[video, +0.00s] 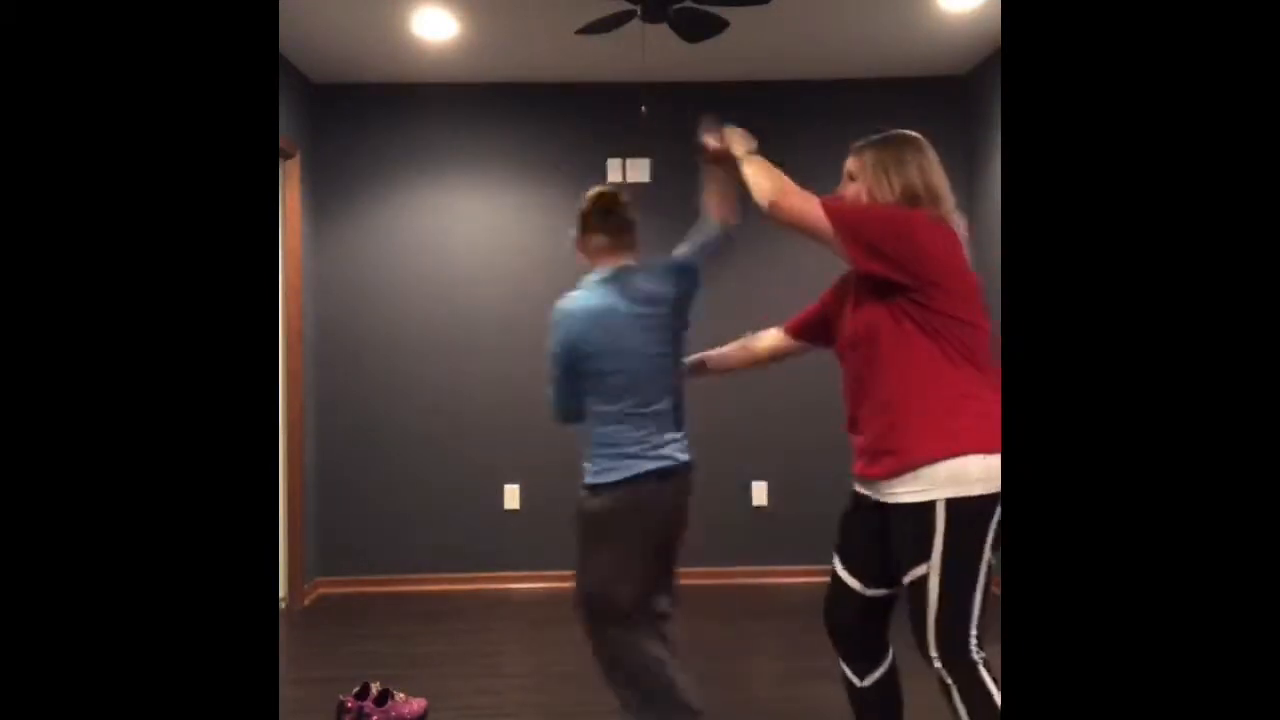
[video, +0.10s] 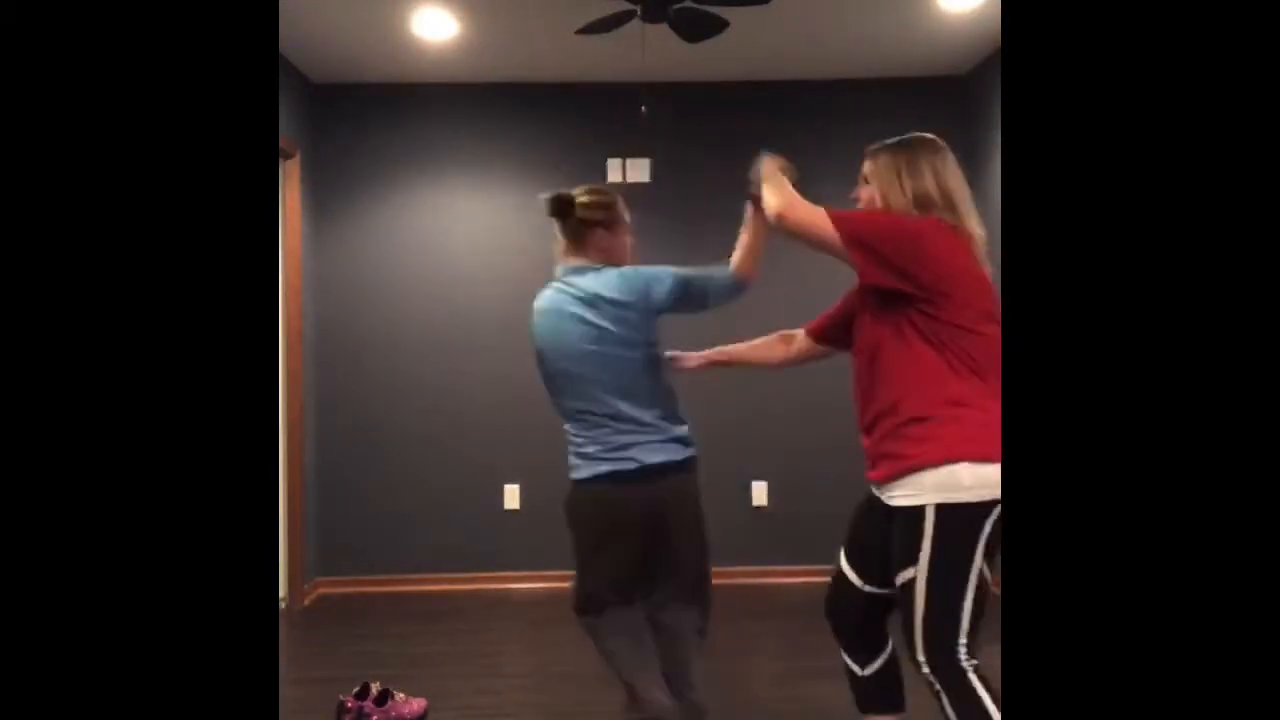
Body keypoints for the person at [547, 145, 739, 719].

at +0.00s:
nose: (579, 248)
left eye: (579, 241)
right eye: (585, 240)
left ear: (585, 243)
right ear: (632, 238)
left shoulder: (573, 311)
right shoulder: (669, 280)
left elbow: (567, 408)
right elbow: (720, 222)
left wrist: (610, 368)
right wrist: (714, 159)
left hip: (612, 486)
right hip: (672, 476)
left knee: (609, 615)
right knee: (652, 607)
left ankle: (672, 709)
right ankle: (652, 704)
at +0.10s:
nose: (632, 238)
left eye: (629, 227)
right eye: (626, 228)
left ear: (571, 237)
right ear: (603, 234)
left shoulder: (544, 308)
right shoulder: (636, 287)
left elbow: (569, 388)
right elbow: (737, 276)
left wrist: (651, 359)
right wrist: (757, 209)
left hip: (597, 486)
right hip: (668, 478)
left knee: (605, 606)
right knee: (678, 599)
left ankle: (654, 699)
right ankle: (684, 698)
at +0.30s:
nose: (624, 226)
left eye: (621, 214)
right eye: (613, 215)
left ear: (571, 223)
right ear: (580, 222)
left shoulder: (561, 279)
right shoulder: (588, 278)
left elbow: (608, 382)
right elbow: (685, 323)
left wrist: (670, 356)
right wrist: (754, 284)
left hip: (586, 469)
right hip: (617, 472)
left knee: (621, 607)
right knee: (663, 609)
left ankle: (614, 708)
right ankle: (676, 707)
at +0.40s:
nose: (623, 217)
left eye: (620, 206)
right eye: (611, 207)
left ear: (579, 217)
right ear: (574, 215)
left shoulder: (578, 273)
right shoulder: (573, 276)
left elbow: (633, 365)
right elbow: (637, 349)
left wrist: (701, 330)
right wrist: (714, 324)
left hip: (591, 464)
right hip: (598, 468)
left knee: (614, 602)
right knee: (671, 583)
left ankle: (615, 709)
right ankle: (676, 706)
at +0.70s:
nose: (631, 207)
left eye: (638, 196)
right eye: (615, 198)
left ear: (648, 207)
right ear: (589, 213)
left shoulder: (661, 276)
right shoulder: (573, 282)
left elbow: (736, 256)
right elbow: (601, 379)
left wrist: (701, 186)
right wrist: (692, 408)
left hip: (662, 479)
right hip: (592, 483)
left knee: (677, 635)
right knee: (620, 638)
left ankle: (650, 713)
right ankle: (610, 715)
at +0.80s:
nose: (635, 213)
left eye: (647, 203)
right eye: (623, 205)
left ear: (673, 217)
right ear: (607, 222)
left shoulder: (689, 274)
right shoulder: (587, 279)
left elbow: (731, 193)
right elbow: (597, 380)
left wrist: (678, 144)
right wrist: (690, 411)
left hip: (684, 494)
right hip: (600, 495)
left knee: (700, 650)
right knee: (611, 661)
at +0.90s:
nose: (635, 231)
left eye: (648, 219)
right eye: (628, 221)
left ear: (681, 224)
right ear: (618, 231)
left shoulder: (711, 287)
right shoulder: (608, 289)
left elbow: (689, 176)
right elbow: (606, 382)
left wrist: (639, 151)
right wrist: (701, 410)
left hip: (691, 504)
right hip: (608, 504)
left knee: (709, 673)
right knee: (606, 679)